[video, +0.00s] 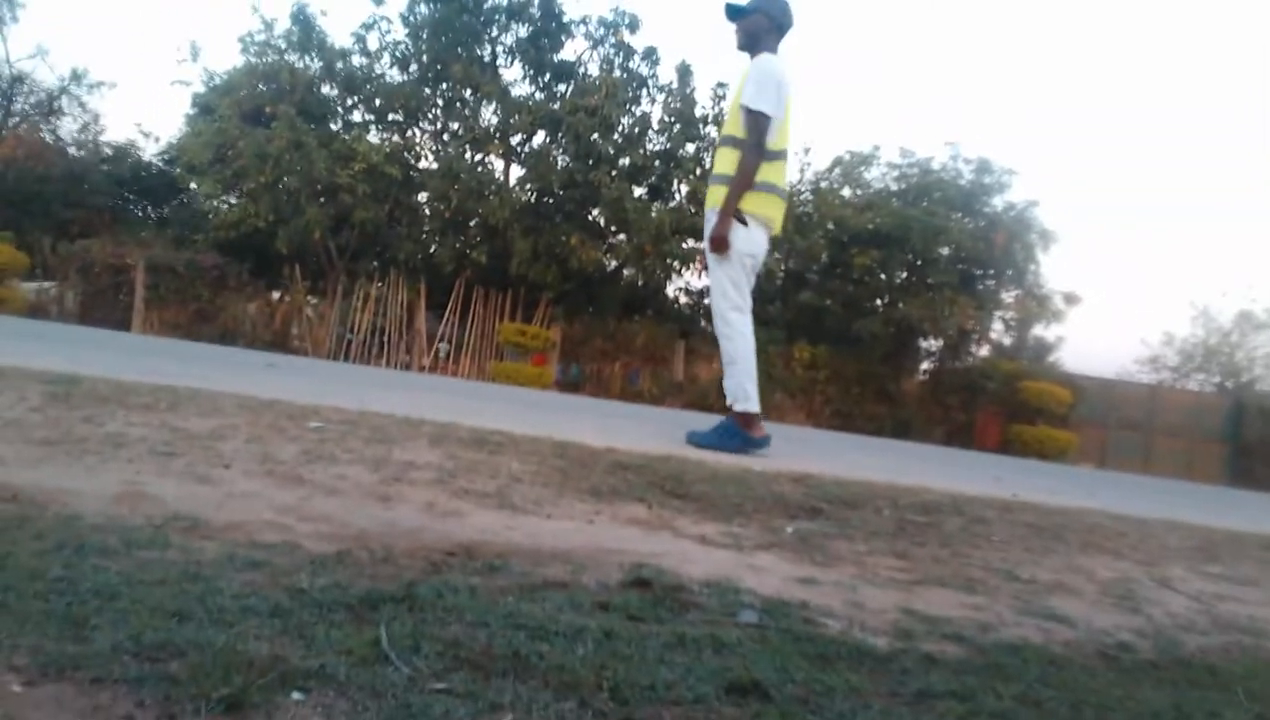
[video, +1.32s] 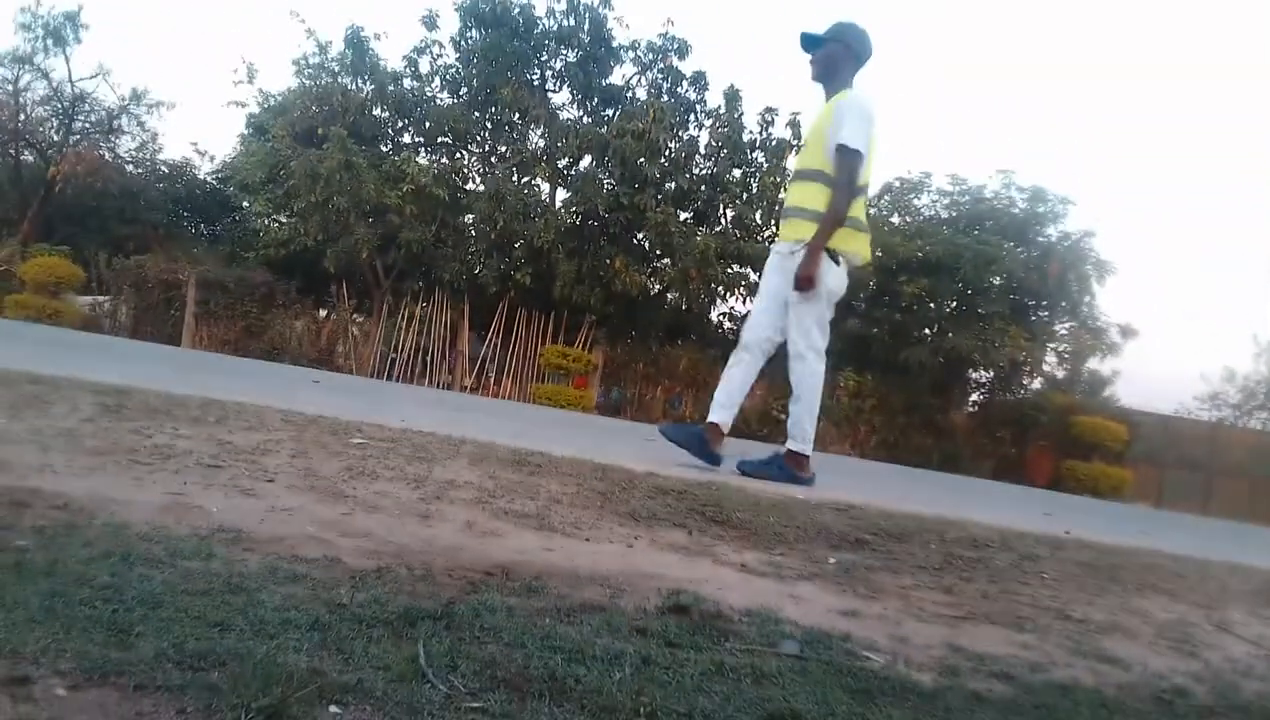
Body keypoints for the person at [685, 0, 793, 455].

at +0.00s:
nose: (736, 26)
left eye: (743, 18)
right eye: (737, 19)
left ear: (767, 23)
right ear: (767, 26)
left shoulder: (765, 69)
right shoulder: (761, 72)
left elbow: (755, 148)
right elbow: (743, 154)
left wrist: (725, 217)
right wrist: (715, 231)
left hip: (740, 220)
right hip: (738, 220)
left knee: (732, 316)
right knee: (731, 316)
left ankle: (746, 419)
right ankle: (742, 416)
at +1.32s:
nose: (813, 56)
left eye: (823, 48)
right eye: (815, 48)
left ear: (847, 56)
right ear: (836, 57)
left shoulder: (853, 106)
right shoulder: (828, 111)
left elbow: (847, 184)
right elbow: (818, 187)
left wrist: (815, 251)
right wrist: (790, 243)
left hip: (818, 254)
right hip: (788, 249)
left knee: (806, 354)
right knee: (754, 340)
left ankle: (798, 459)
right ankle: (712, 434)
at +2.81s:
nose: (781, 59)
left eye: (793, 51)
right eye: (783, 52)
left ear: (821, 61)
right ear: (790, 64)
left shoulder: (853, 120)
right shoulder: (768, 137)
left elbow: (859, 200)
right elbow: (754, 215)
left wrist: (841, 269)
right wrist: (737, 277)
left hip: (817, 274)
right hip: (764, 274)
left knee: (795, 371)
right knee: (765, 385)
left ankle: (808, 484)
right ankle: (764, 503)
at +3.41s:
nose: (789, 34)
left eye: (801, 25)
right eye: (790, 27)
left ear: (833, 35)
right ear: (809, 40)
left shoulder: (862, 100)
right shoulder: (777, 115)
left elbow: (853, 196)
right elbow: (760, 189)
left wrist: (775, 209)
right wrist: (746, 205)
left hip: (815, 265)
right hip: (759, 263)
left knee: (790, 387)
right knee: (746, 383)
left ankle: (760, 519)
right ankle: (771, 506)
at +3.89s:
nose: (785, 4)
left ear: (834, 7)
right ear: (799, 12)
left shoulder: (856, 70)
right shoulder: (771, 84)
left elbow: (839, 170)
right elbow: (743, 184)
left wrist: (749, 150)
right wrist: (729, 151)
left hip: (801, 249)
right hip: (741, 246)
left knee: (785, 383)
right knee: (712, 365)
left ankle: (758, 522)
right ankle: (681, 503)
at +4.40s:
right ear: (730, 5)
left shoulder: (795, 43)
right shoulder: (709, 65)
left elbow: (785, 140)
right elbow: (673, 169)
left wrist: (686, 107)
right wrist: (680, 105)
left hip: (736, 222)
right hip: (674, 224)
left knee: (703, 355)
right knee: (674, 377)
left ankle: (754, 485)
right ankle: (669, 528)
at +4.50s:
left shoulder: (780, 32)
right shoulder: (692, 59)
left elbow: (774, 131)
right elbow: (665, 162)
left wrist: (675, 90)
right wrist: (655, 98)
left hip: (721, 205)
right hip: (663, 211)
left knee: (662, 328)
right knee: (667, 360)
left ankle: (732, 471)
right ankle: (669, 525)